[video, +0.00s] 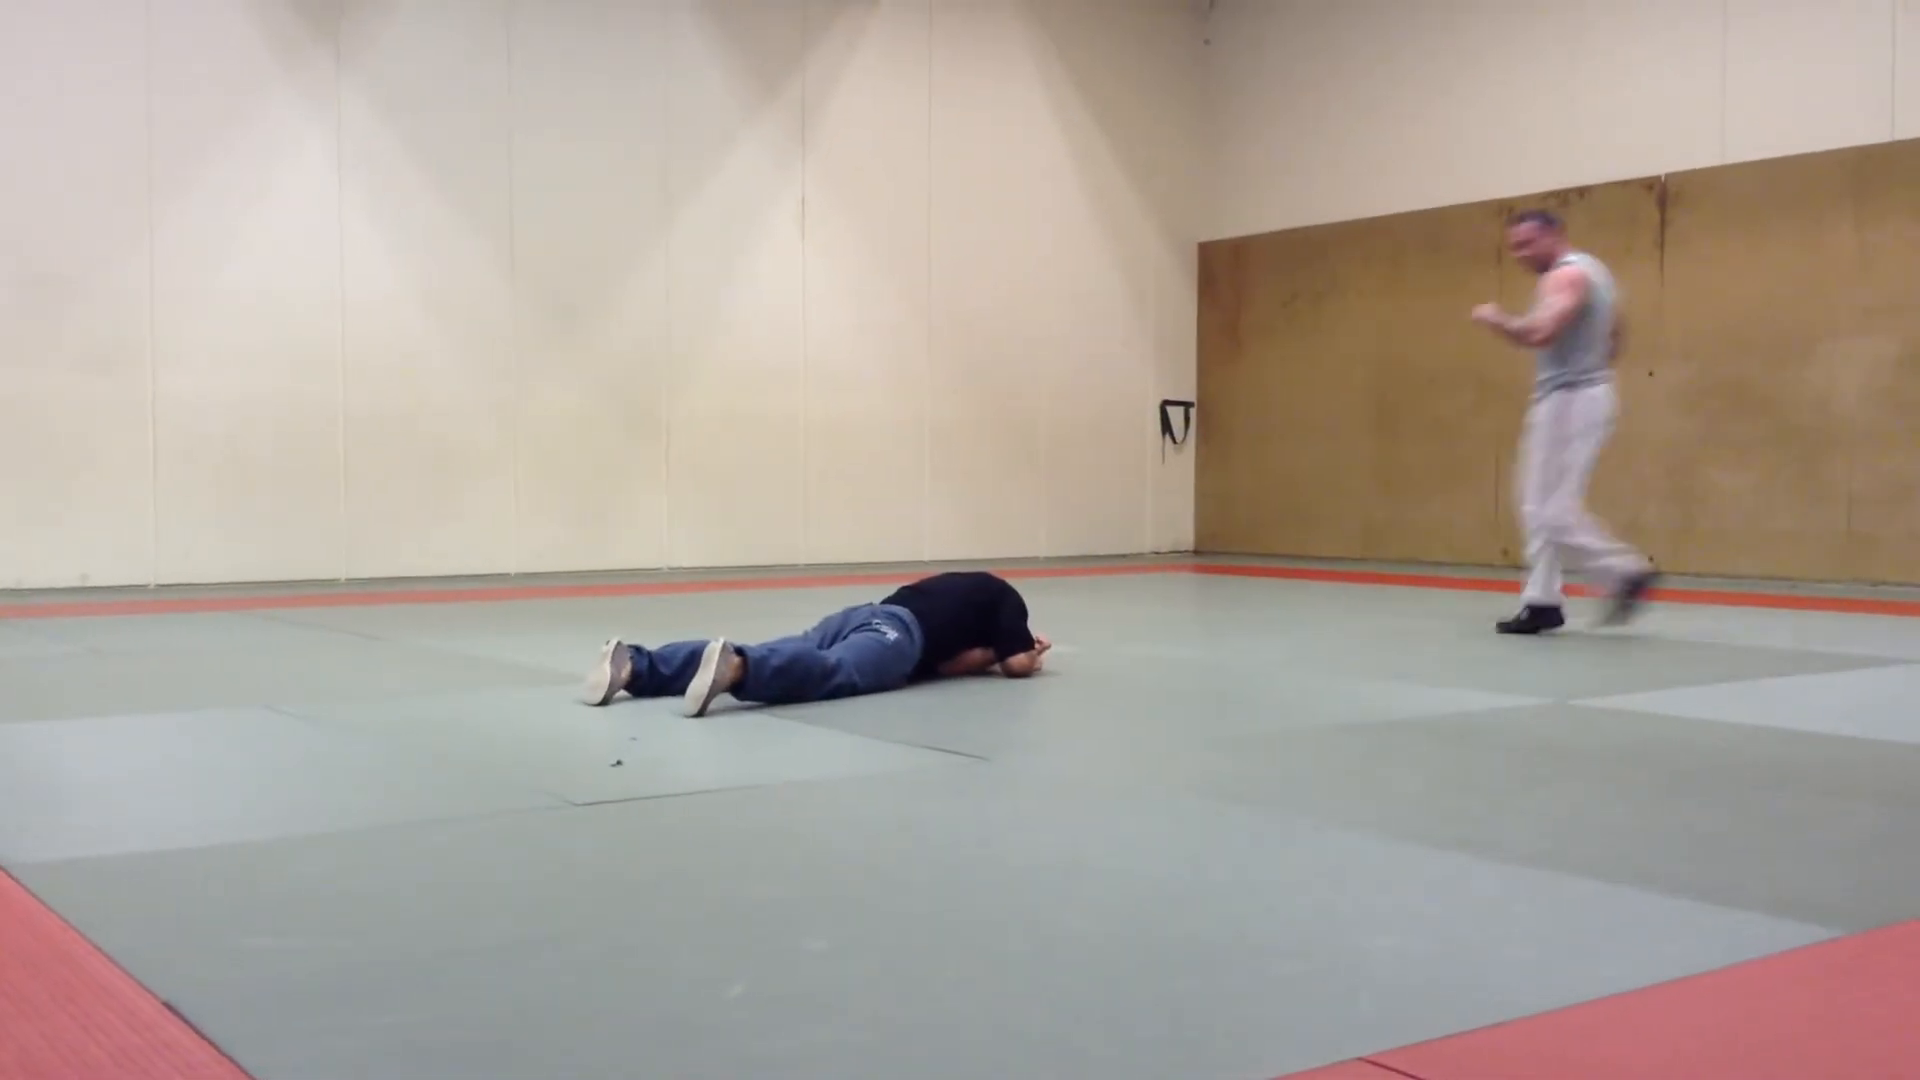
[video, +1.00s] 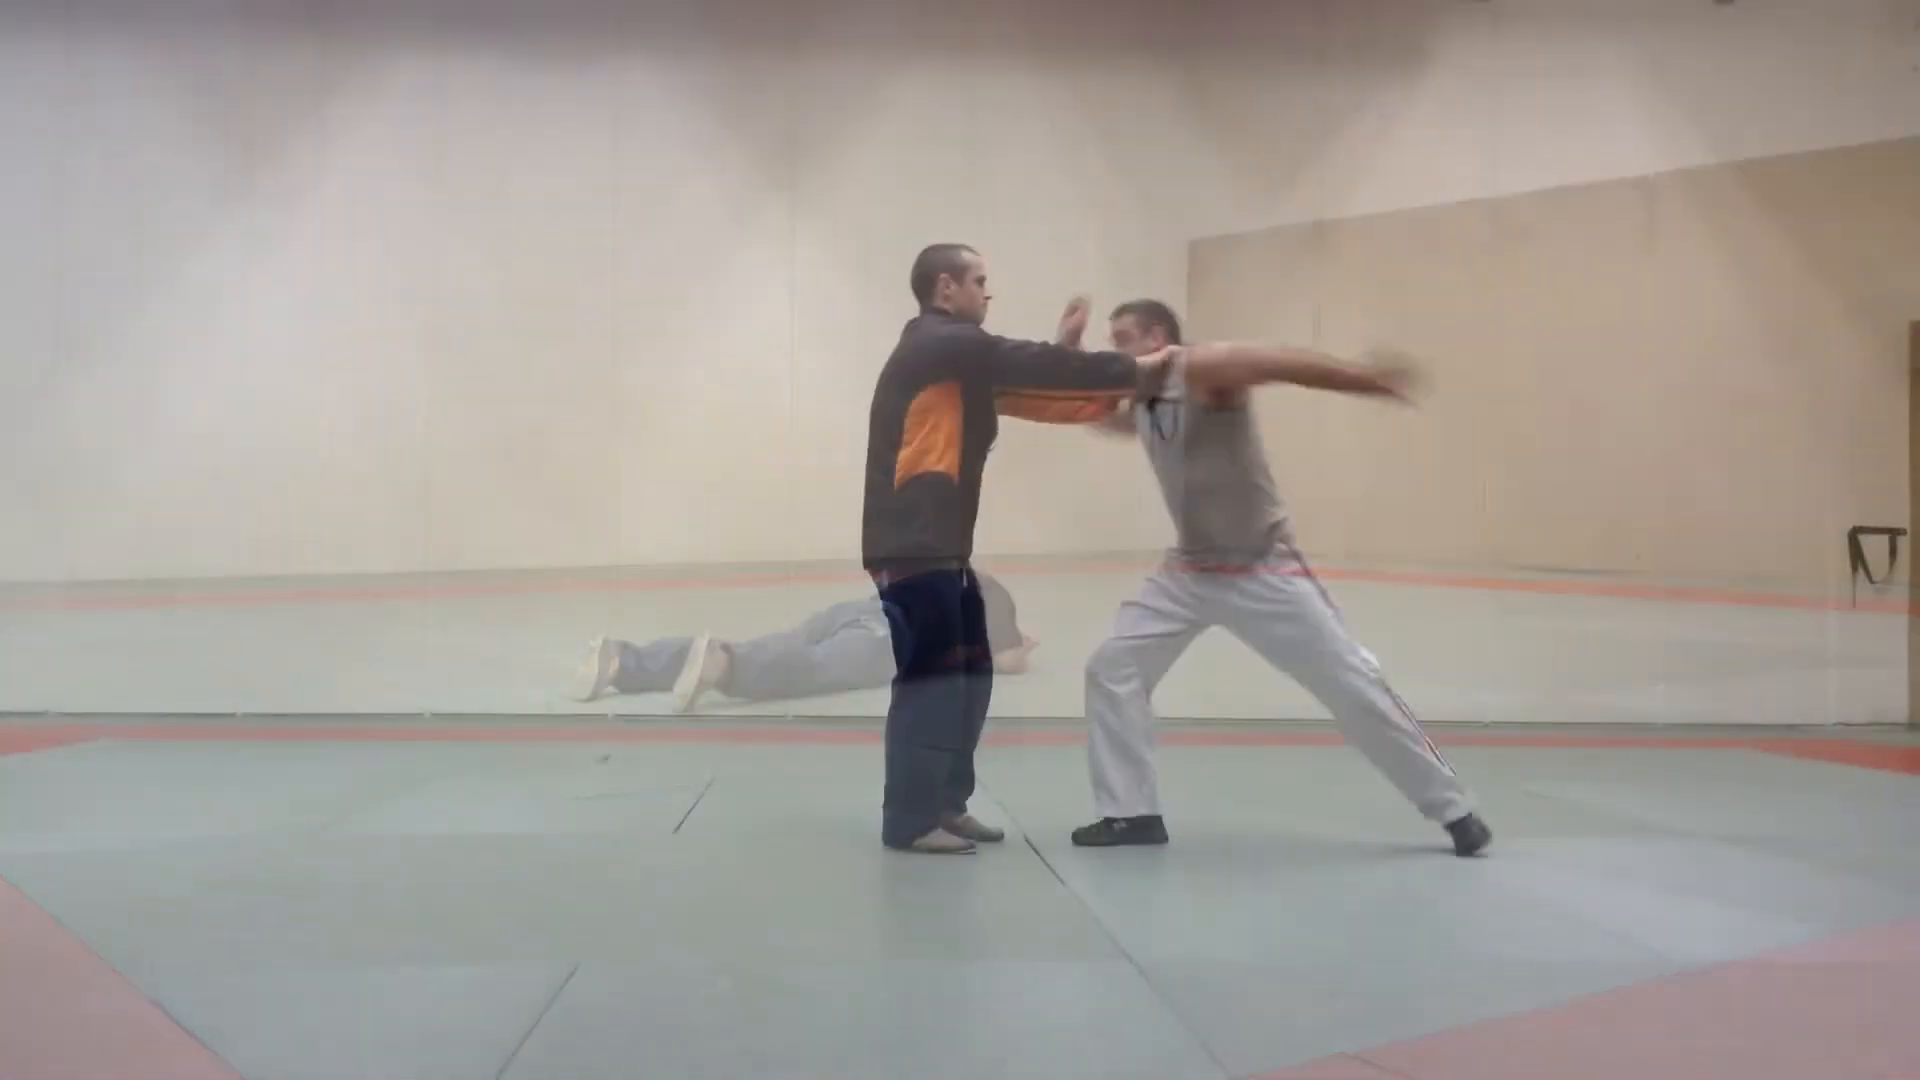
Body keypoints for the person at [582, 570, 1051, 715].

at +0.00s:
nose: (1023, 647)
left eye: (1020, 644)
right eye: (1022, 644)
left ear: (986, 601)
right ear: (1015, 606)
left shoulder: (950, 595)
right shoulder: (1003, 599)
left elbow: (943, 665)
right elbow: (1016, 662)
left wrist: (1004, 653)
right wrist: (1029, 658)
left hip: (858, 616)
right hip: (900, 627)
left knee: (767, 653)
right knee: (834, 671)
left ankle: (635, 667)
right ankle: (740, 668)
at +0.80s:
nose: (1015, 634)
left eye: (1011, 626)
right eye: (1013, 623)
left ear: (979, 586)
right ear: (999, 601)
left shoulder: (951, 582)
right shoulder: (986, 599)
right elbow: (993, 656)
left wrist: (1008, 641)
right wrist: (1016, 654)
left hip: (864, 610)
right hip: (889, 636)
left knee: (769, 646)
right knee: (815, 667)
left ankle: (624, 662)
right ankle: (727, 662)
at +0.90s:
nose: (1017, 635)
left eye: (1010, 626)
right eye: (1015, 624)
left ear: (981, 589)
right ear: (1001, 603)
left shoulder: (951, 580)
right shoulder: (989, 602)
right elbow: (990, 658)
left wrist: (1004, 641)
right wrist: (1014, 656)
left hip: (870, 610)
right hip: (894, 638)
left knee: (775, 646)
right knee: (817, 666)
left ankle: (626, 663)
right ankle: (727, 663)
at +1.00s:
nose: (1016, 638)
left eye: (1011, 629)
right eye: (1011, 626)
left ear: (983, 592)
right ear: (999, 609)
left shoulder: (959, 579)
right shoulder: (984, 607)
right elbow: (988, 659)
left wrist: (1003, 642)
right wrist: (1015, 656)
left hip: (869, 612)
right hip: (893, 639)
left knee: (770, 649)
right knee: (815, 669)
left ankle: (625, 664)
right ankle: (728, 664)